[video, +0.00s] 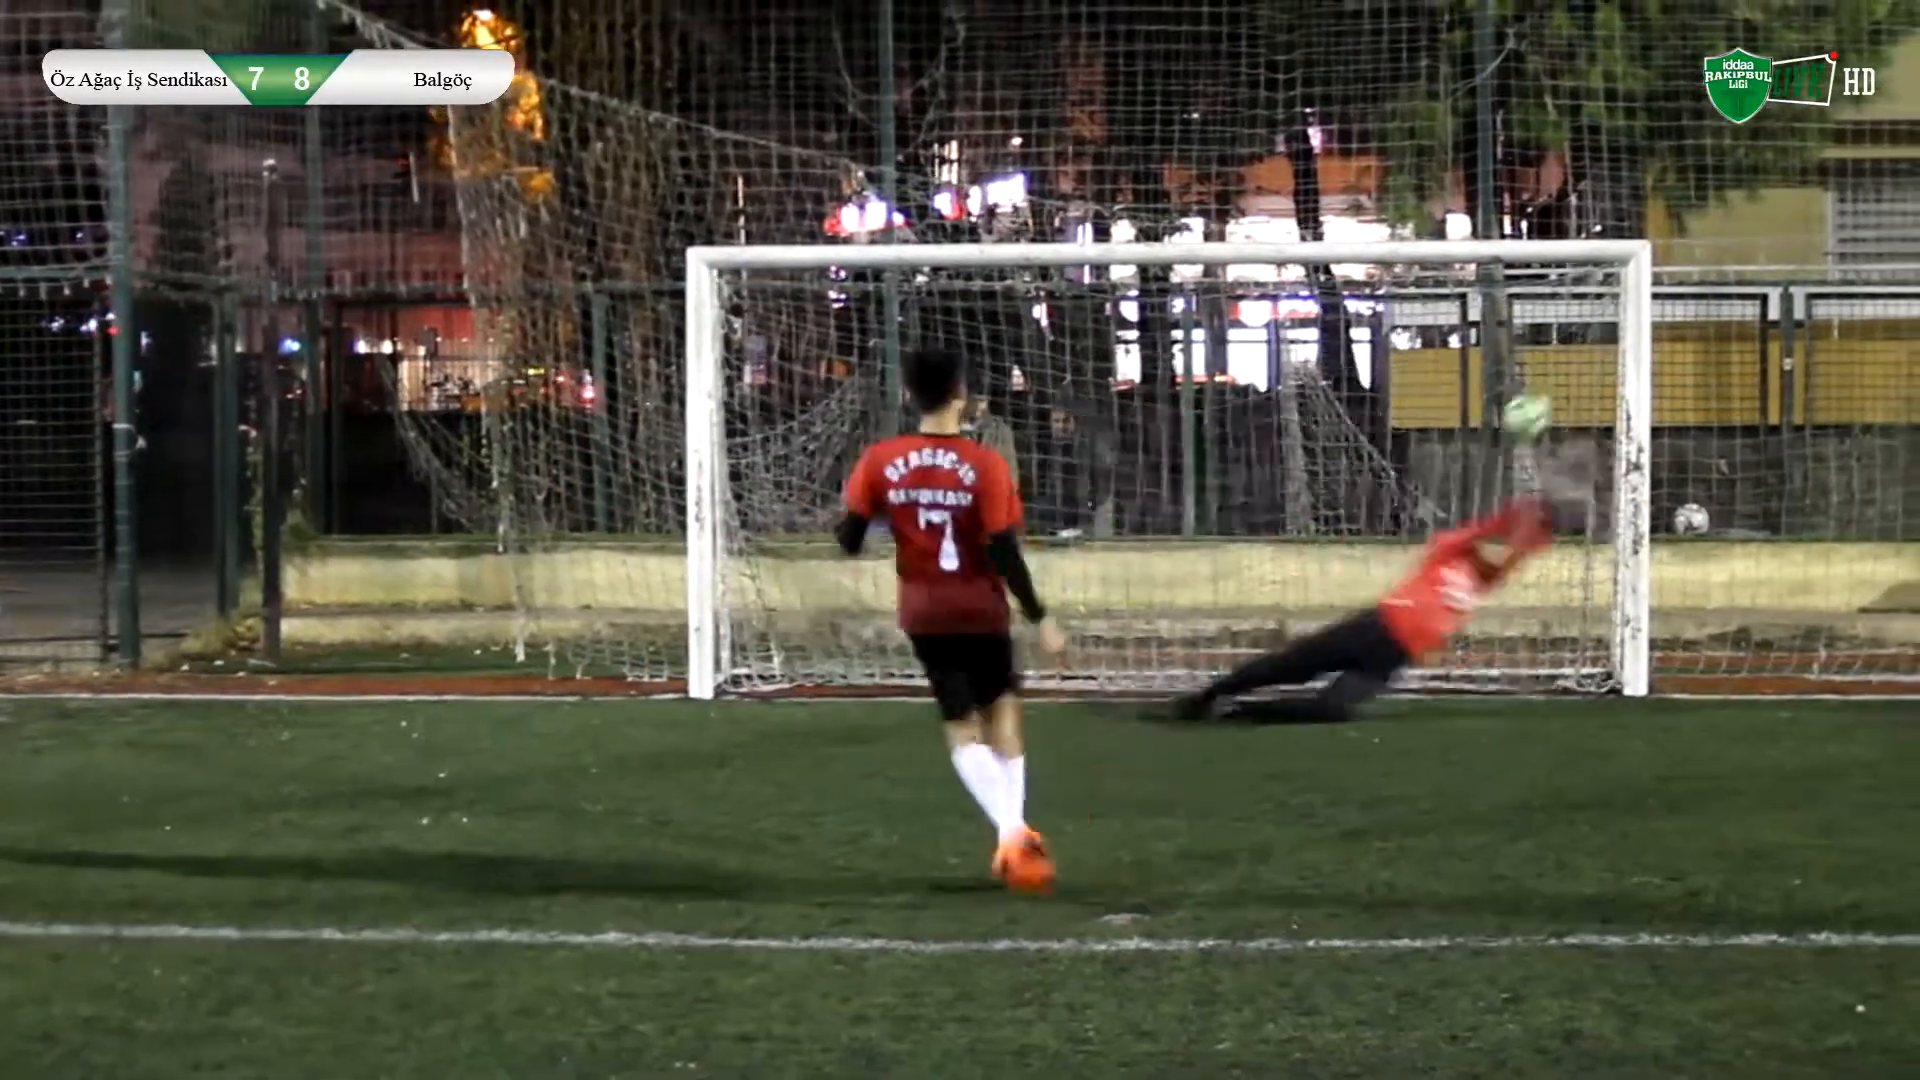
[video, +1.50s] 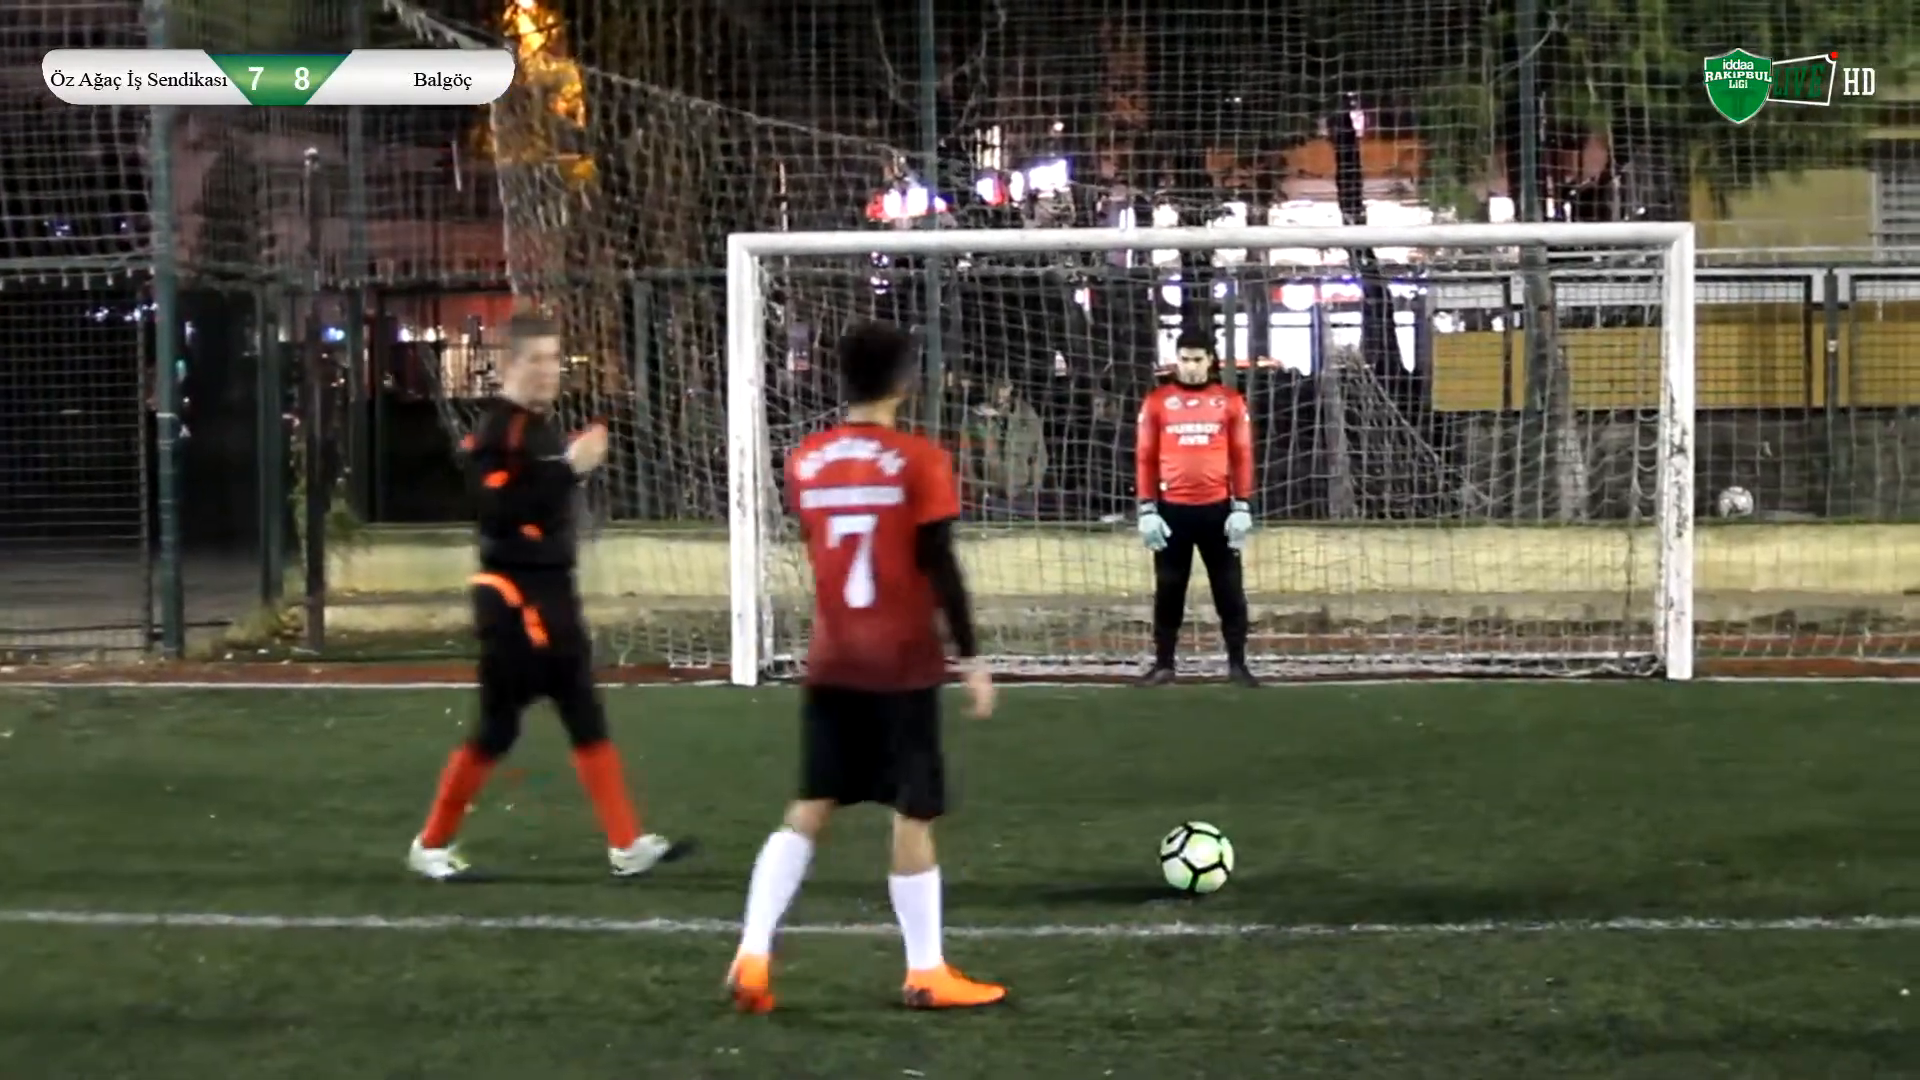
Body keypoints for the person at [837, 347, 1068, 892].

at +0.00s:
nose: (969, 399)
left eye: (962, 390)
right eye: (968, 390)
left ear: (911, 397)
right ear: (961, 395)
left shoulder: (882, 458)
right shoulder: (985, 463)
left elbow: (848, 539)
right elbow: (1002, 549)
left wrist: (875, 502)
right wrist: (1041, 617)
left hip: (924, 619)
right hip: (982, 617)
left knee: (961, 730)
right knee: (1003, 714)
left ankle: (1013, 829)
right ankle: (1011, 837)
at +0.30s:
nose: (840, 400)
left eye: (813, 399)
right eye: (842, 390)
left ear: (802, 403)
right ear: (846, 394)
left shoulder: (798, 467)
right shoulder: (892, 446)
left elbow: (808, 545)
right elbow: (945, 507)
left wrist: (780, 608)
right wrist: (964, 533)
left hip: (842, 621)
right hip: (903, 613)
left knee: (826, 720)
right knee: (941, 718)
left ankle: (838, 844)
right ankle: (990, 821)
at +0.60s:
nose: (674, 421)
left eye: (674, 410)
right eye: (671, 411)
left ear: (692, 403)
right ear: (714, 398)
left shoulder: (704, 447)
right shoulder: (773, 437)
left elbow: (701, 527)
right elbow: (820, 505)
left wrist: (678, 551)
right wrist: (803, 567)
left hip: (738, 594)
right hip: (781, 587)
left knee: (764, 715)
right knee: (753, 704)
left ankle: (817, 828)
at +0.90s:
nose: (665, 354)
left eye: (669, 343)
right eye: (654, 343)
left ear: (672, 351)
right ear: (628, 351)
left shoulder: (661, 411)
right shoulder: (620, 408)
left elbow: (685, 501)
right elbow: (619, 483)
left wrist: (701, 566)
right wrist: (680, 434)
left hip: (670, 571)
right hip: (638, 570)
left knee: (672, 702)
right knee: (671, 701)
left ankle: (635, 827)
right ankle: (634, 829)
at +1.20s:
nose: (619, 362)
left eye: (622, 350)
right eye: (607, 351)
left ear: (623, 360)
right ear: (578, 360)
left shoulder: (617, 417)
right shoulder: (569, 417)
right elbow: (570, 491)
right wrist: (632, 443)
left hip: (622, 575)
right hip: (588, 577)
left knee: (639, 708)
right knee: (586, 715)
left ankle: (645, 845)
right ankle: (486, 808)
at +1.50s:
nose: (550, 371)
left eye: (555, 360)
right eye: (538, 360)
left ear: (557, 366)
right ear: (508, 366)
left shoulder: (544, 428)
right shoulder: (497, 428)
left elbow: (540, 502)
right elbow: (493, 501)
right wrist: (570, 465)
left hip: (549, 586)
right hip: (510, 587)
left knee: (585, 712)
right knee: (497, 726)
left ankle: (628, 842)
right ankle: (432, 844)